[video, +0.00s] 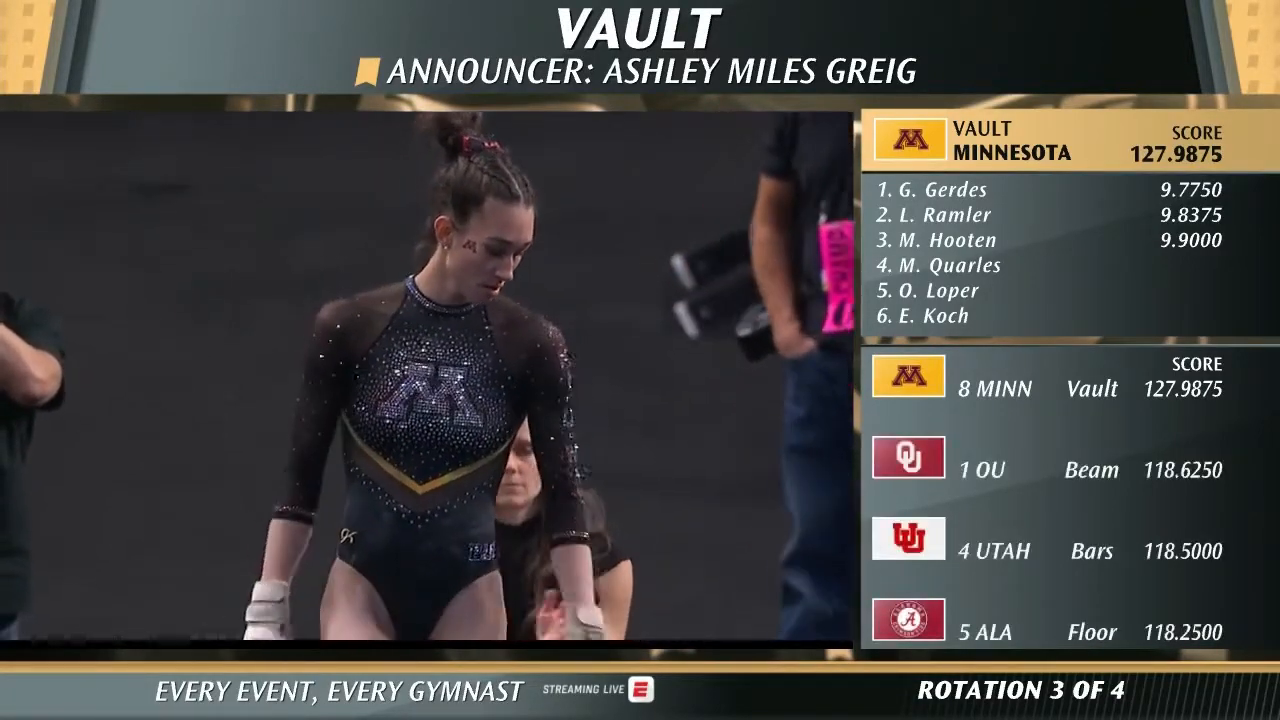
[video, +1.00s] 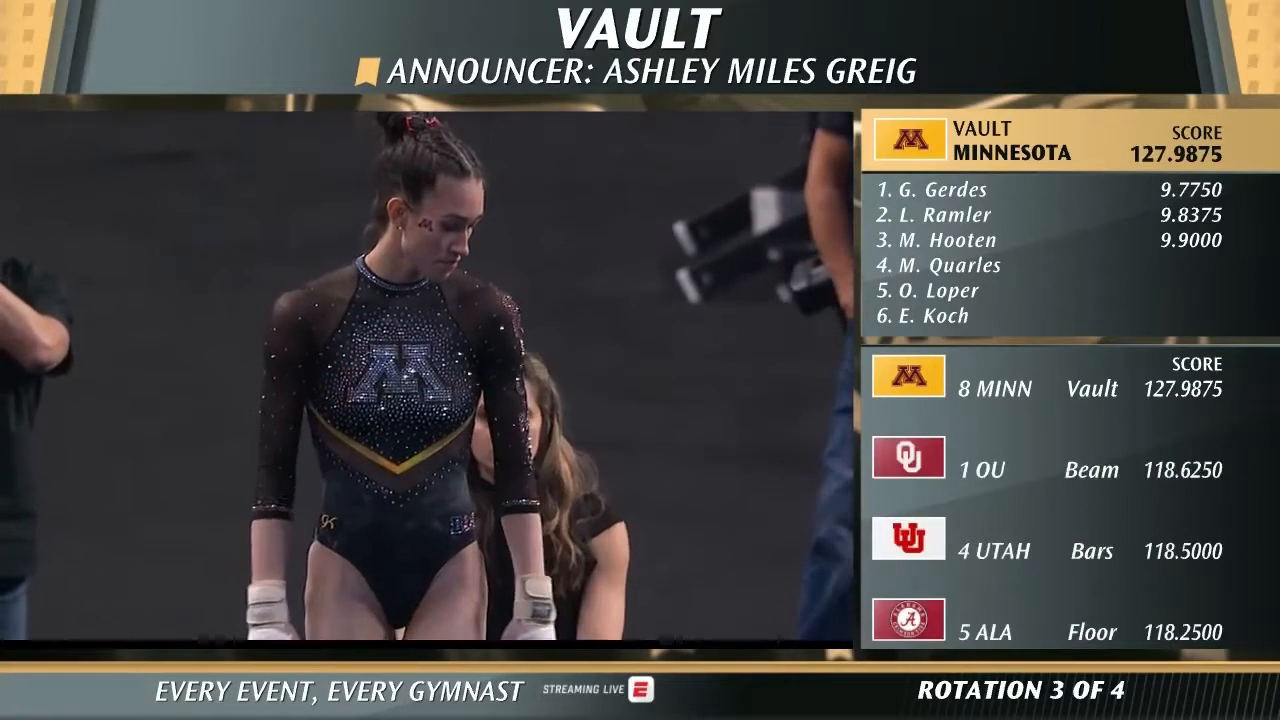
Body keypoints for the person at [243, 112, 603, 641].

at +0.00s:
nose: (508, 270)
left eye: (519, 253)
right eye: (495, 250)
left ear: (530, 243)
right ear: (445, 231)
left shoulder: (533, 346)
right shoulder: (348, 327)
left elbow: (561, 490)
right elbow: (303, 479)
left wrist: (584, 615)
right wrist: (266, 612)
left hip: (471, 584)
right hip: (361, 578)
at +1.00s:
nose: (463, 244)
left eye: (471, 227)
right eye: (449, 226)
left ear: (478, 217)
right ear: (397, 213)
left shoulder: (483, 313)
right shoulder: (304, 315)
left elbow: (514, 465)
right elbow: (274, 470)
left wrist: (534, 606)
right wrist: (265, 613)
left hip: (452, 563)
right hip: (344, 562)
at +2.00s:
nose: (456, 244)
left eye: (463, 227)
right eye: (443, 226)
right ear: (391, 212)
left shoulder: (472, 315)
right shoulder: (296, 315)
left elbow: (502, 463)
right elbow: (266, 467)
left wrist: (534, 605)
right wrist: (252, 608)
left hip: (443, 560)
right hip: (335, 558)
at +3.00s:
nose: (467, 249)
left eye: (475, 231)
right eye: (452, 231)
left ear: (482, 220)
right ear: (400, 216)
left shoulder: (493, 320)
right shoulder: (314, 321)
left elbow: (530, 472)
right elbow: (280, 478)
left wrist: (560, 612)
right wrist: (245, 619)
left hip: (458, 568)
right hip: (350, 566)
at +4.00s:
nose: (463, 255)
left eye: (471, 237)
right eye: (448, 238)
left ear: (477, 224)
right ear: (395, 225)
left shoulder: (491, 319)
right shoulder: (309, 324)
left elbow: (522, 472)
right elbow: (280, 479)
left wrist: (536, 618)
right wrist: (253, 624)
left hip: (460, 572)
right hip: (354, 571)